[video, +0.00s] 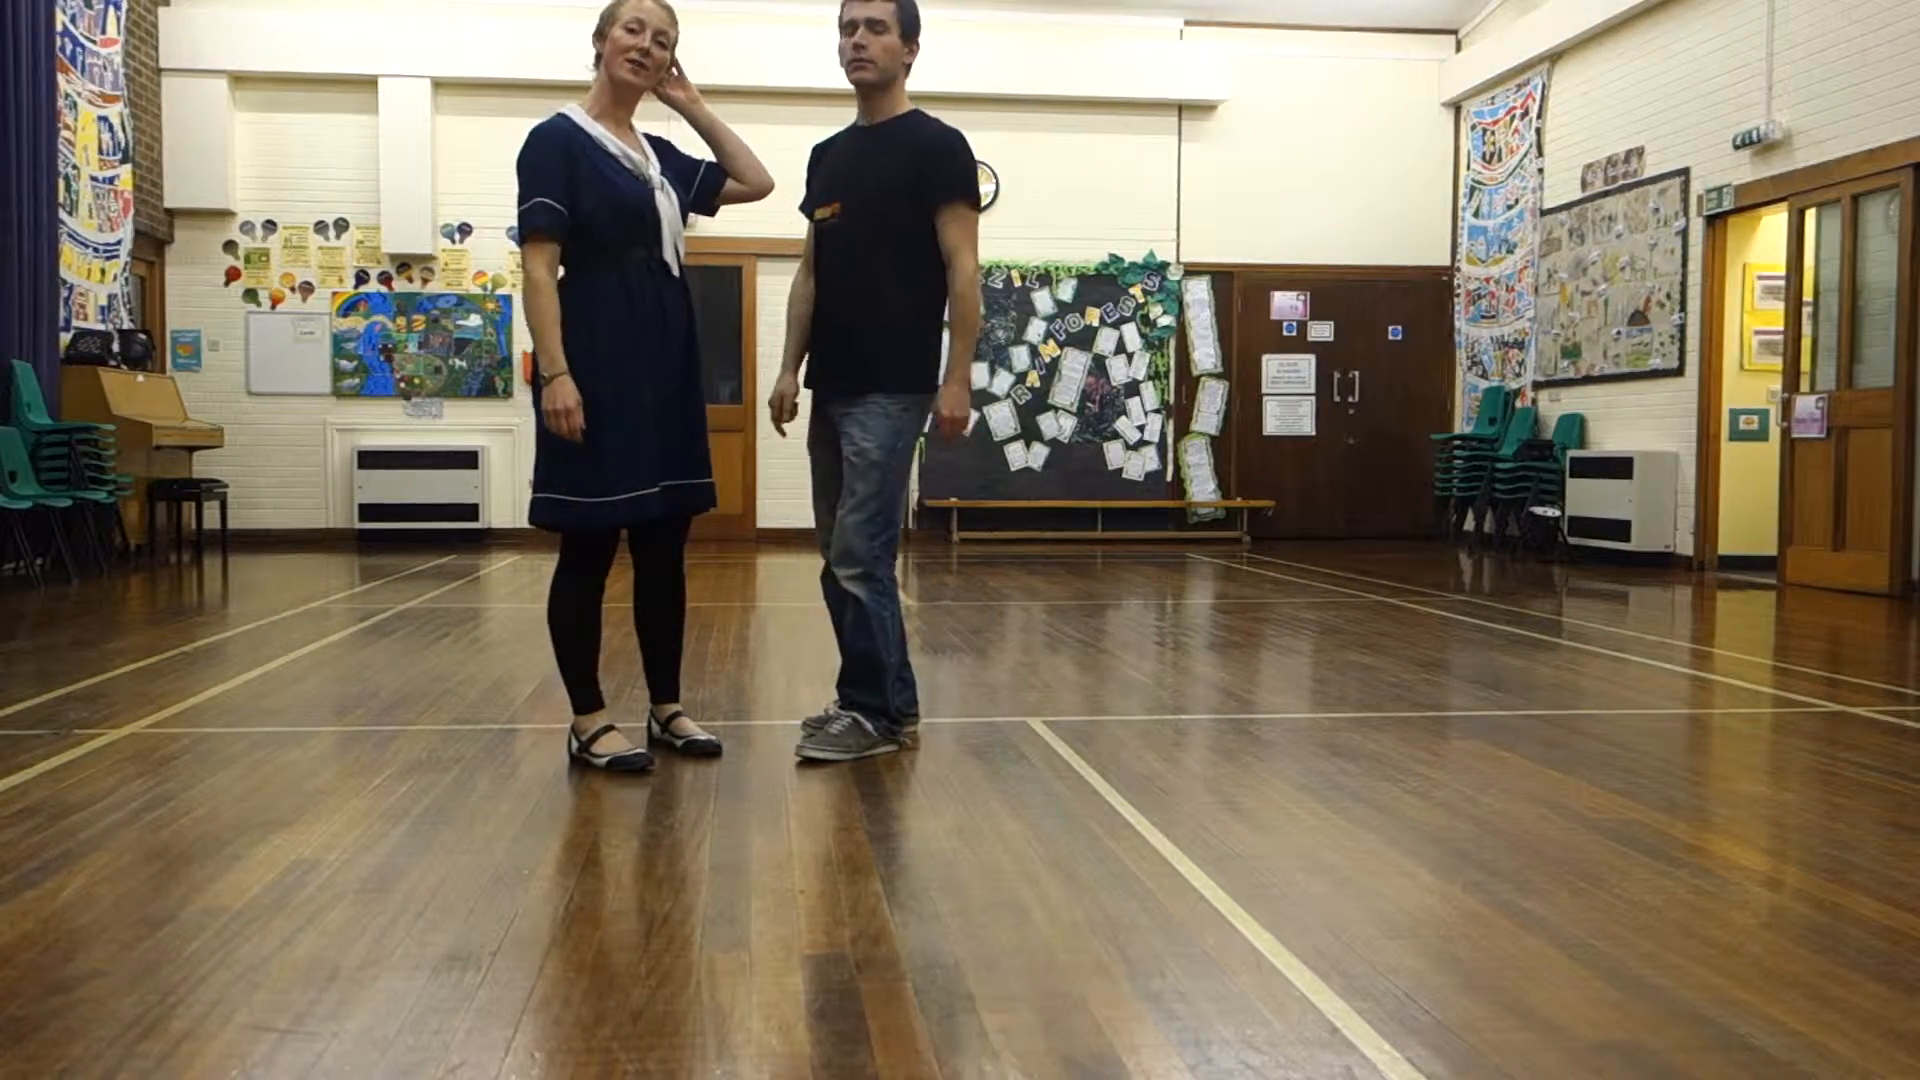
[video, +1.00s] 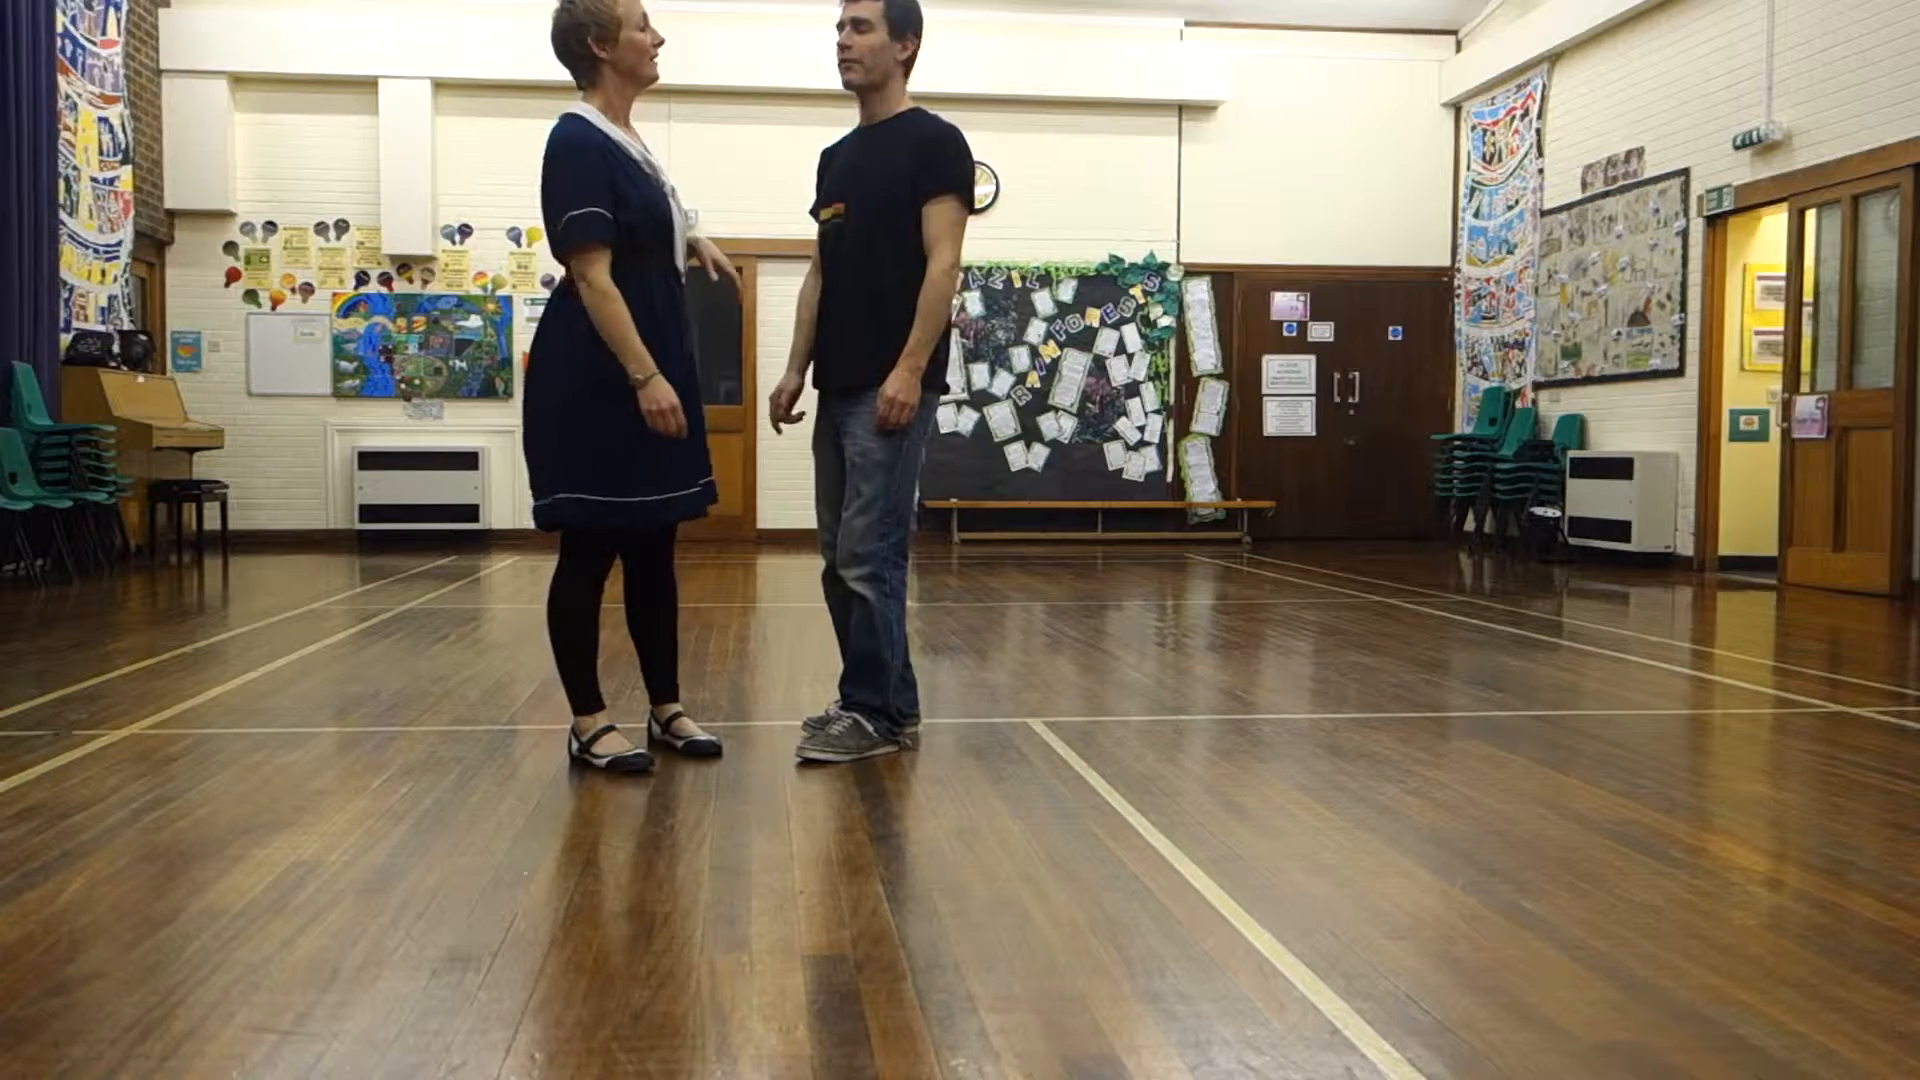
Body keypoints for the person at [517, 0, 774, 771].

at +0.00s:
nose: (646, 45)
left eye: (661, 40)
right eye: (634, 29)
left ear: (668, 65)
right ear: (598, 43)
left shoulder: (658, 152)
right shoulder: (556, 139)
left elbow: (753, 179)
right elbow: (537, 265)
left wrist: (687, 99)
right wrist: (555, 374)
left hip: (666, 384)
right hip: (591, 382)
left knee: (662, 548)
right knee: (586, 552)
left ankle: (667, 710)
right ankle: (589, 725)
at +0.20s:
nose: (651, 45)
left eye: (665, 39)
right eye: (639, 28)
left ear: (669, 59)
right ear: (600, 36)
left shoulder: (661, 152)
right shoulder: (555, 143)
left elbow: (758, 203)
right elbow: (535, 270)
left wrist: (725, 109)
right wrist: (547, 378)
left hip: (668, 381)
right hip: (593, 379)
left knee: (665, 546)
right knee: (589, 551)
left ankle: (667, 711)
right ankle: (590, 724)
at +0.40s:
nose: (665, 36)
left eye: (662, 24)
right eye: (648, 23)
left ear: (625, 41)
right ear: (603, 36)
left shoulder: (669, 152)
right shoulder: (557, 146)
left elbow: (711, 256)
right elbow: (546, 276)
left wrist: (770, 208)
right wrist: (555, 384)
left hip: (669, 378)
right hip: (593, 377)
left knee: (665, 546)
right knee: (589, 551)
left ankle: (667, 712)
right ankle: (591, 725)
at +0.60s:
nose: (662, 27)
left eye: (656, 15)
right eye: (644, 17)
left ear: (628, 41)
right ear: (605, 38)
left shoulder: (659, 148)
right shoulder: (569, 144)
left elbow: (659, 251)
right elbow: (560, 281)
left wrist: (709, 253)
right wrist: (576, 389)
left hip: (665, 386)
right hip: (598, 385)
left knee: (660, 547)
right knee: (587, 554)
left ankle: (668, 712)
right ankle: (589, 725)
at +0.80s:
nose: (661, 31)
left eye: (655, 20)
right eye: (644, 22)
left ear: (622, 44)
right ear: (606, 43)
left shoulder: (635, 139)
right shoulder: (581, 140)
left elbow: (653, 231)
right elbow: (581, 277)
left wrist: (708, 241)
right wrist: (611, 384)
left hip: (656, 379)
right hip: (596, 381)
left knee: (654, 545)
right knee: (587, 552)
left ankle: (667, 709)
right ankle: (590, 725)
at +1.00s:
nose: (658, 38)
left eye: (652, 26)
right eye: (643, 29)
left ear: (612, 48)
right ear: (602, 47)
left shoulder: (626, 139)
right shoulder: (578, 139)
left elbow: (643, 225)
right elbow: (591, 277)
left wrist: (692, 239)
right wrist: (647, 376)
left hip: (646, 375)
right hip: (591, 379)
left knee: (652, 543)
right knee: (588, 549)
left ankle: (667, 711)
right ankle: (589, 724)